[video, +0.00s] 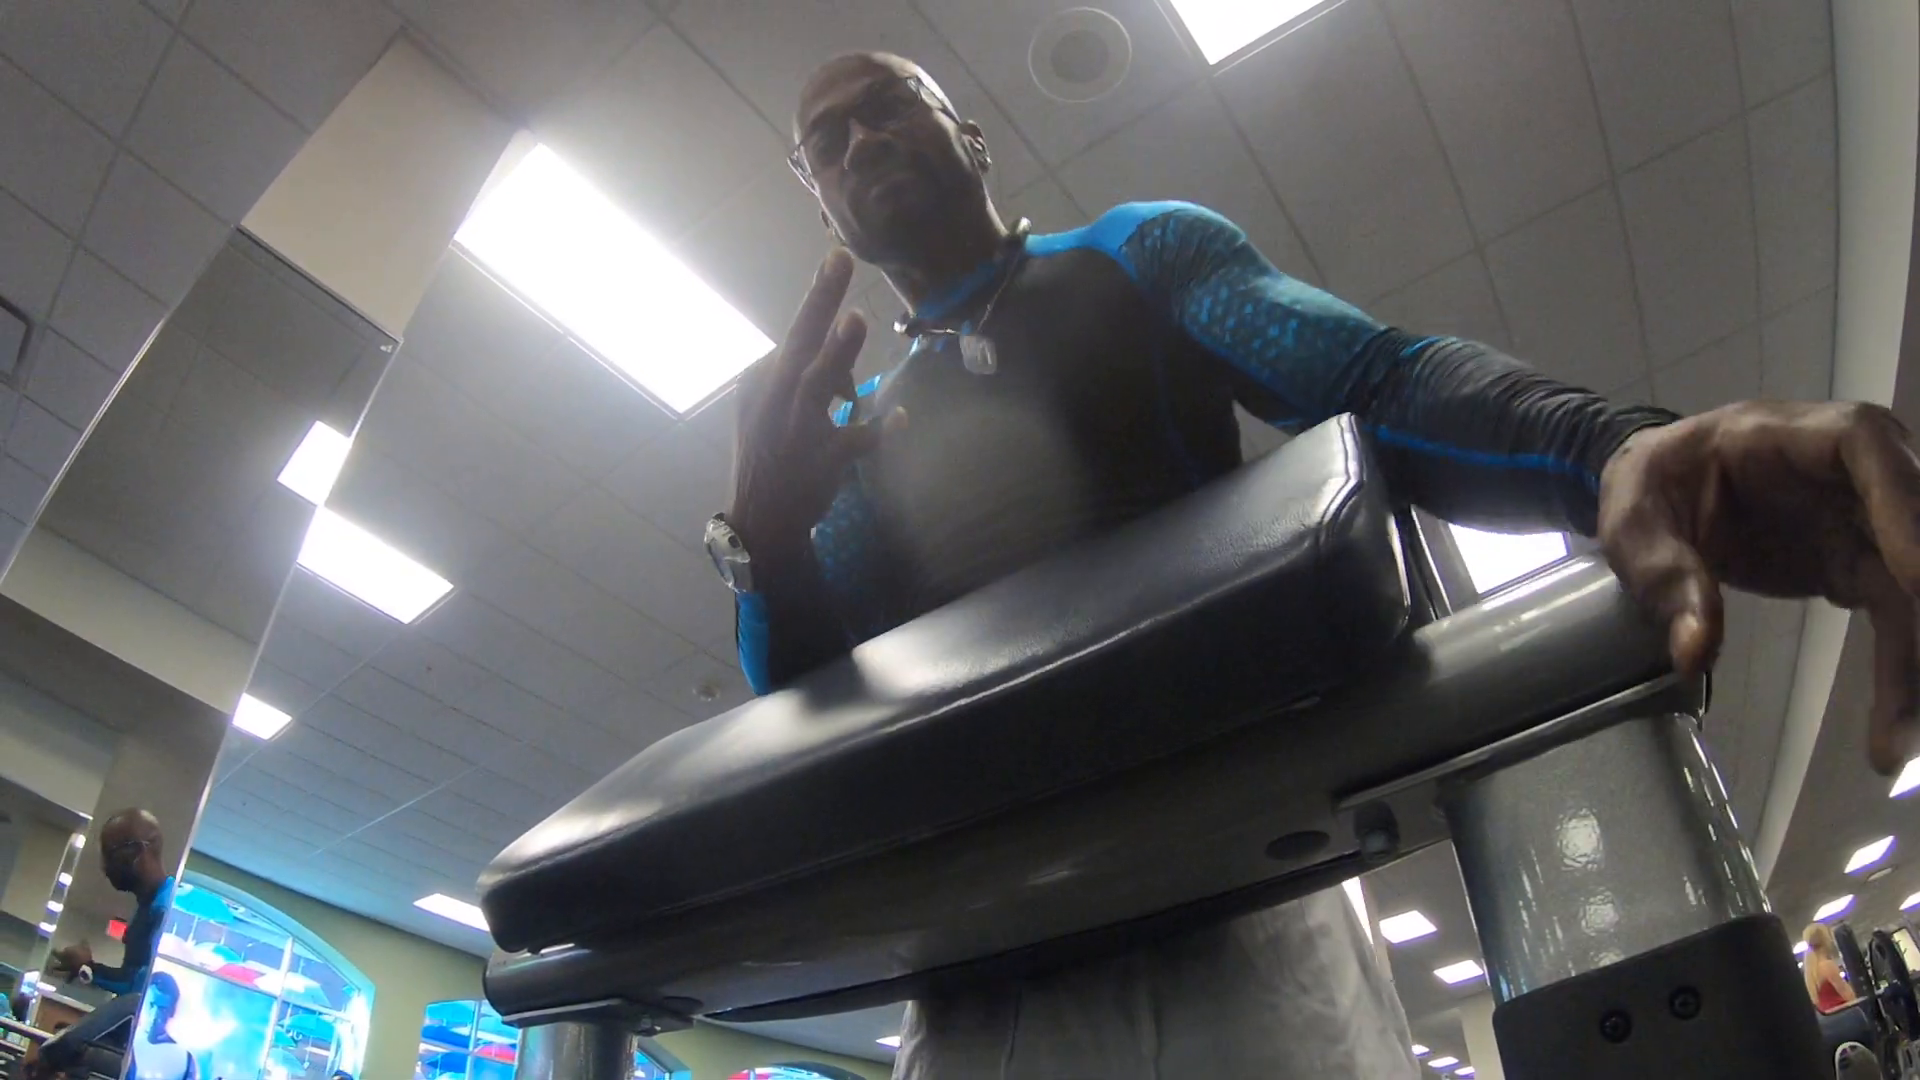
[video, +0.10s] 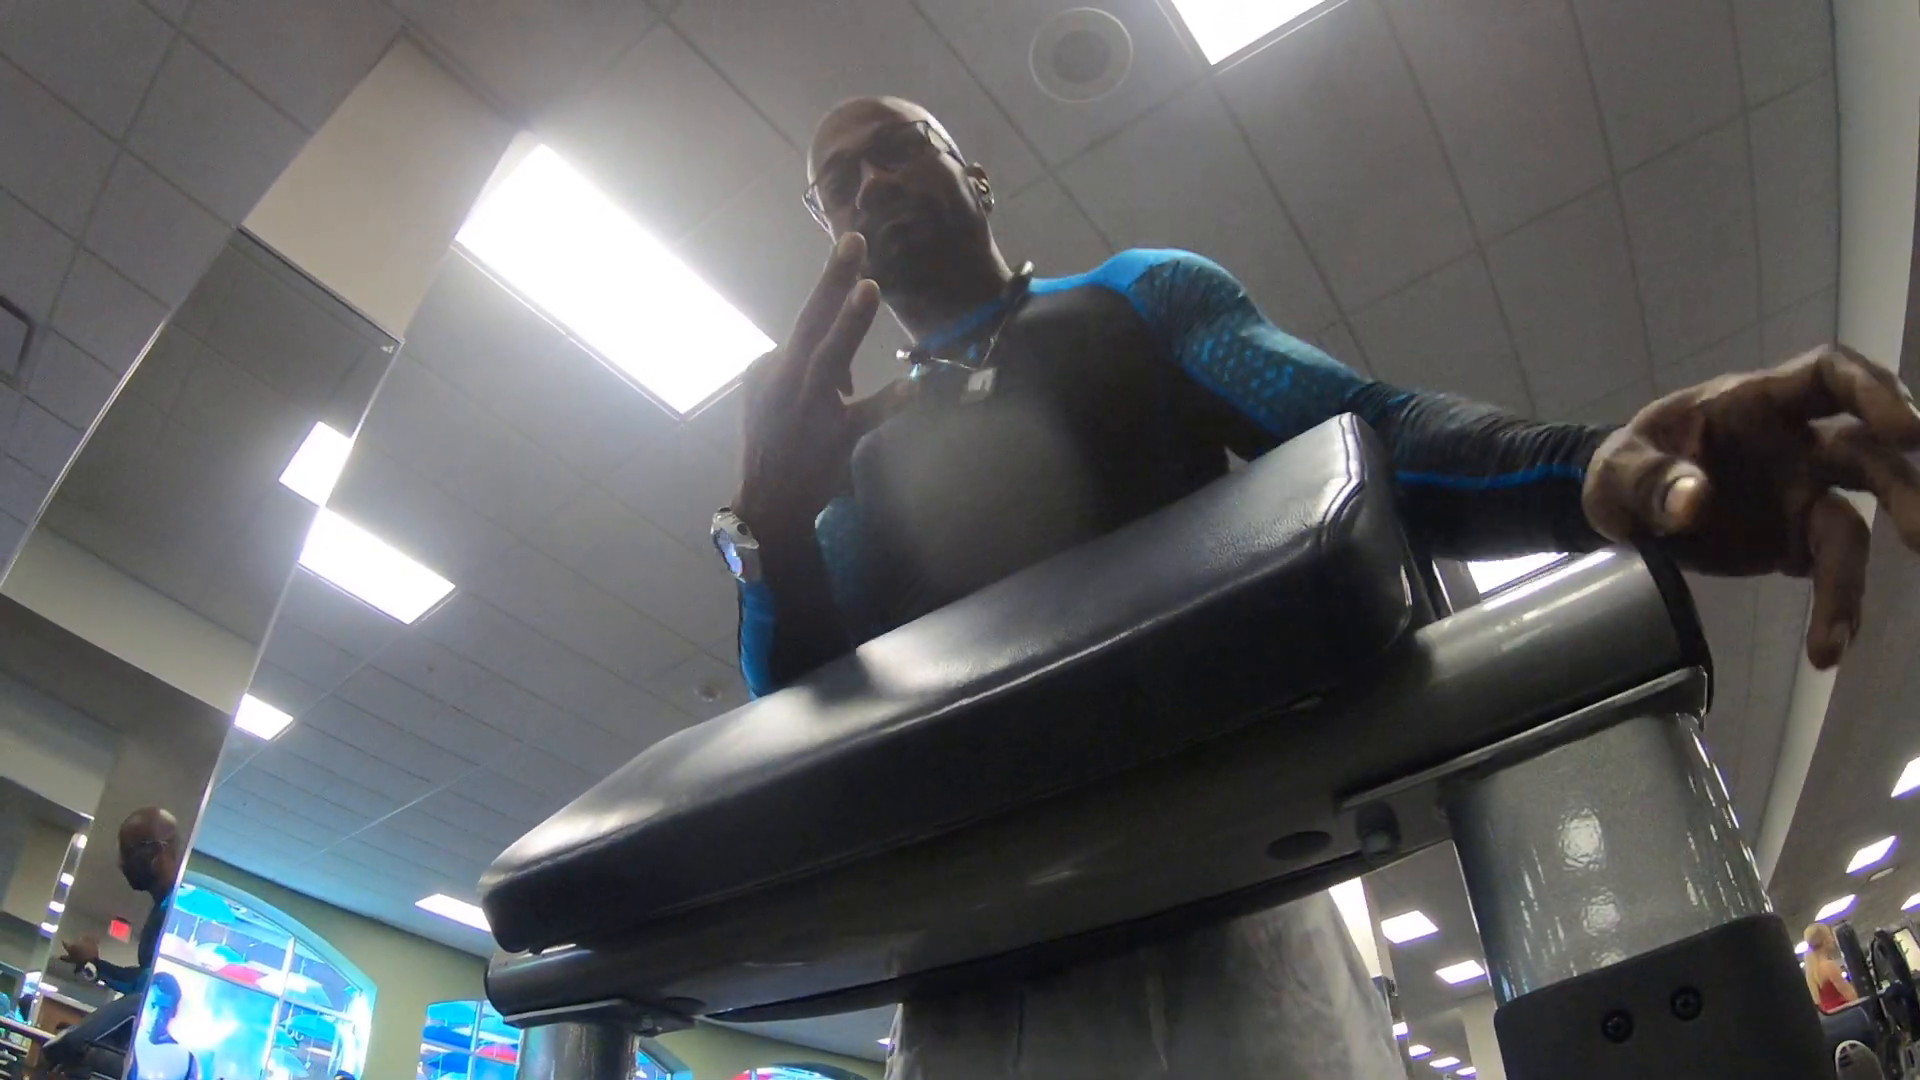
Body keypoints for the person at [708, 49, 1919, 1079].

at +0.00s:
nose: (860, 150)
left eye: (883, 115)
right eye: (827, 149)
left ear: (969, 139)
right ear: (825, 223)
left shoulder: (1135, 256)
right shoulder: (841, 439)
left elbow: (1374, 378)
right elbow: (811, 745)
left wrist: (1611, 457)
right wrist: (762, 538)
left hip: (1244, 837)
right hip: (993, 901)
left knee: (1340, 1067)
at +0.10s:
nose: (871, 192)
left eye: (892, 158)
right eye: (841, 189)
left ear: (975, 181)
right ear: (836, 260)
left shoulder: (1139, 299)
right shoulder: (853, 460)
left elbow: (1363, 428)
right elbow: (805, 738)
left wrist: (1610, 475)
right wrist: (769, 520)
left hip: (1249, 825)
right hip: (1000, 885)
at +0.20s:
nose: (885, 224)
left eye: (903, 196)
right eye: (851, 223)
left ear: (978, 229)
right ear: (835, 286)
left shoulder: (1139, 349)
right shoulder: (830, 477)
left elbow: (1353, 512)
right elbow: (792, 762)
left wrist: (1589, 522)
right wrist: (788, 512)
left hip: (1235, 865)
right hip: (977, 921)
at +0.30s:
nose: (886, 266)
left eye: (902, 238)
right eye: (852, 267)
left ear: (965, 265)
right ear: (830, 321)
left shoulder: (1129, 397)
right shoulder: (840, 511)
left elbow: (1342, 634)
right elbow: (779, 762)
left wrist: (1629, 647)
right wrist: (809, 503)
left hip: (1204, 882)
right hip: (965, 939)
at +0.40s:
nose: (880, 285)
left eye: (901, 263)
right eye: (848, 284)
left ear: (952, 293)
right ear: (829, 350)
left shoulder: (1118, 440)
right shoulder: (837, 528)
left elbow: (1244, 642)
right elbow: (771, 744)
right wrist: (810, 532)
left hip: (1182, 912)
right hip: (958, 965)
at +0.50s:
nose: (892, 305)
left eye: (909, 285)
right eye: (853, 303)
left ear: (957, 316)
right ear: (828, 372)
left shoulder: (1107, 465)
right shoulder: (818, 523)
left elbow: (1265, 675)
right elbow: (765, 723)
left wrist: (1419, 898)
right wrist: (845, 518)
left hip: (1167, 923)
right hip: (953, 959)